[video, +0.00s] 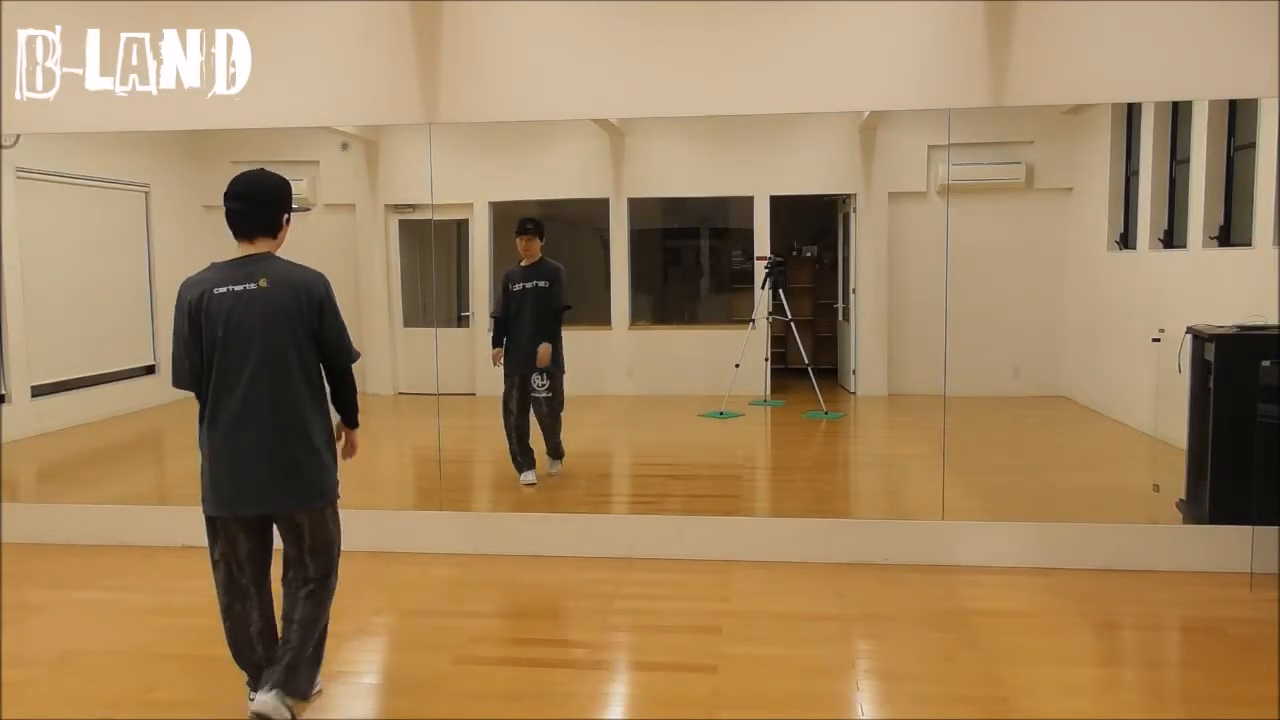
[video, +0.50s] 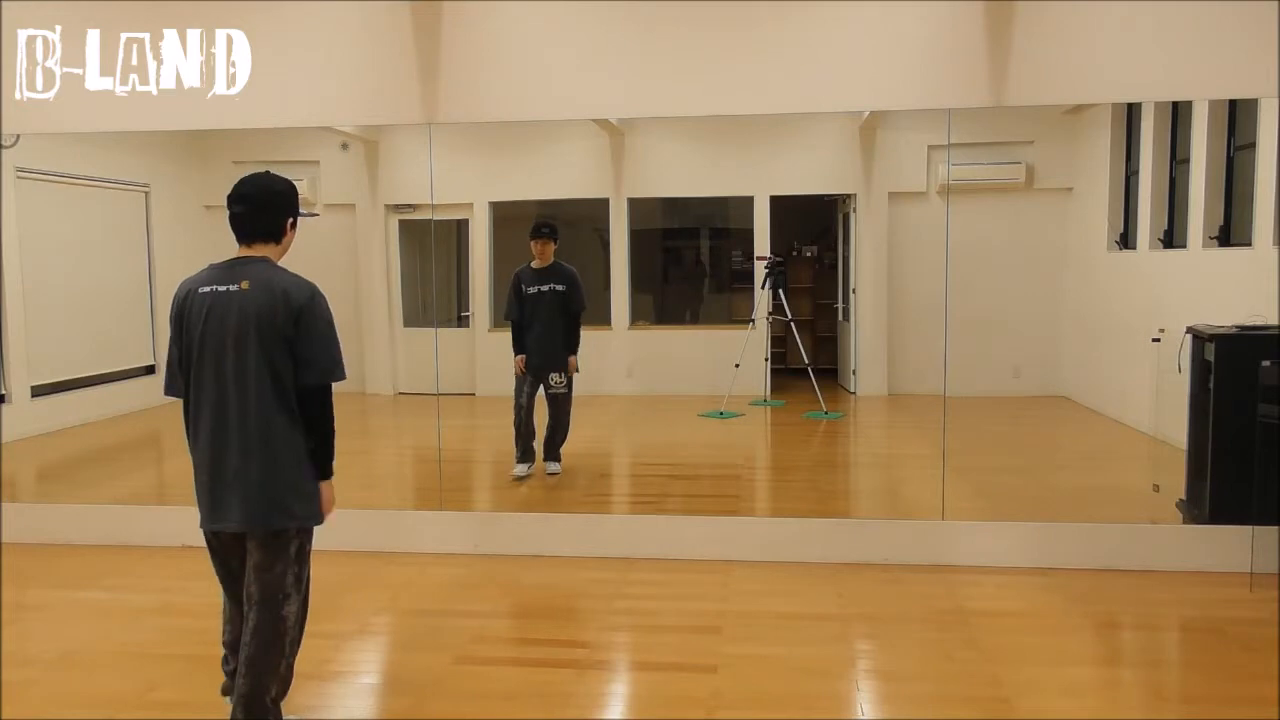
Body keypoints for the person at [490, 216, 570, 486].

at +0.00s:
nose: (525, 244)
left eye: (530, 239)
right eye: (521, 240)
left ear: (540, 242)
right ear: (516, 243)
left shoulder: (554, 271)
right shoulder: (510, 275)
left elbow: (558, 313)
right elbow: (502, 313)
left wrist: (548, 342)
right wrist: (497, 343)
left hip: (544, 353)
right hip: (516, 353)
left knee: (546, 408)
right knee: (515, 412)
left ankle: (555, 454)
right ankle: (525, 466)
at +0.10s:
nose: (528, 244)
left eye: (533, 239)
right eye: (524, 239)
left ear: (543, 241)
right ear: (519, 242)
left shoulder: (557, 271)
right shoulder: (513, 275)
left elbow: (559, 311)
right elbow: (504, 313)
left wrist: (544, 336)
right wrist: (503, 340)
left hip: (550, 350)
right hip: (519, 351)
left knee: (552, 406)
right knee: (518, 410)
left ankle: (552, 455)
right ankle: (525, 466)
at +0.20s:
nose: (532, 244)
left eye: (537, 239)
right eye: (528, 239)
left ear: (547, 241)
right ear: (523, 242)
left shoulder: (561, 271)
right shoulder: (515, 275)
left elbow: (562, 311)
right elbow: (507, 315)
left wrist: (543, 333)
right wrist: (509, 343)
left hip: (554, 350)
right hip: (523, 351)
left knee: (555, 406)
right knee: (520, 409)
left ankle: (552, 456)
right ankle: (525, 465)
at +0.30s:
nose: (535, 245)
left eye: (540, 240)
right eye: (531, 240)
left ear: (550, 242)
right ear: (526, 243)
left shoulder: (564, 272)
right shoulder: (518, 276)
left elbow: (566, 313)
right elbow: (512, 317)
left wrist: (547, 337)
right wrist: (515, 348)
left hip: (557, 350)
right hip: (526, 352)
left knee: (557, 407)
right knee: (523, 409)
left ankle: (552, 457)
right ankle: (524, 463)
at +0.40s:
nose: (538, 247)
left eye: (543, 242)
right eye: (534, 242)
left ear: (553, 243)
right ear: (529, 244)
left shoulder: (567, 274)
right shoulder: (521, 276)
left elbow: (571, 316)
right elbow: (517, 319)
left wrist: (559, 346)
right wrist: (519, 353)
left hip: (559, 353)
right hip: (529, 353)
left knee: (558, 409)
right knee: (524, 408)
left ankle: (552, 457)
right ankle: (521, 462)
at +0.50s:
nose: (540, 248)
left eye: (544, 243)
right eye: (536, 243)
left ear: (555, 245)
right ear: (531, 245)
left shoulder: (568, 275)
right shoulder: (521, 276)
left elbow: (575, 317)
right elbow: (516, 318)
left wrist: (572, 353)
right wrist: (518, 352)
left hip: (559, 354)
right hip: (529, 353)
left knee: (559, 410)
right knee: (522, 407)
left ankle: (552, 457)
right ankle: (524, 459)